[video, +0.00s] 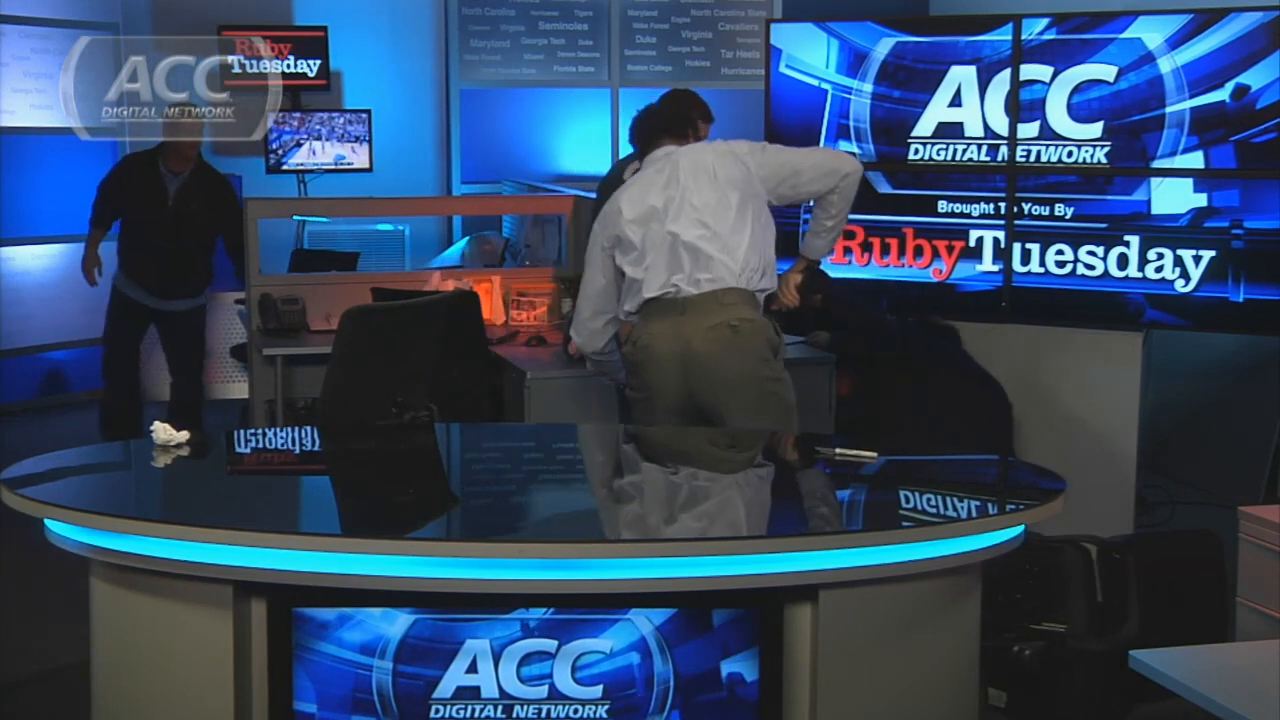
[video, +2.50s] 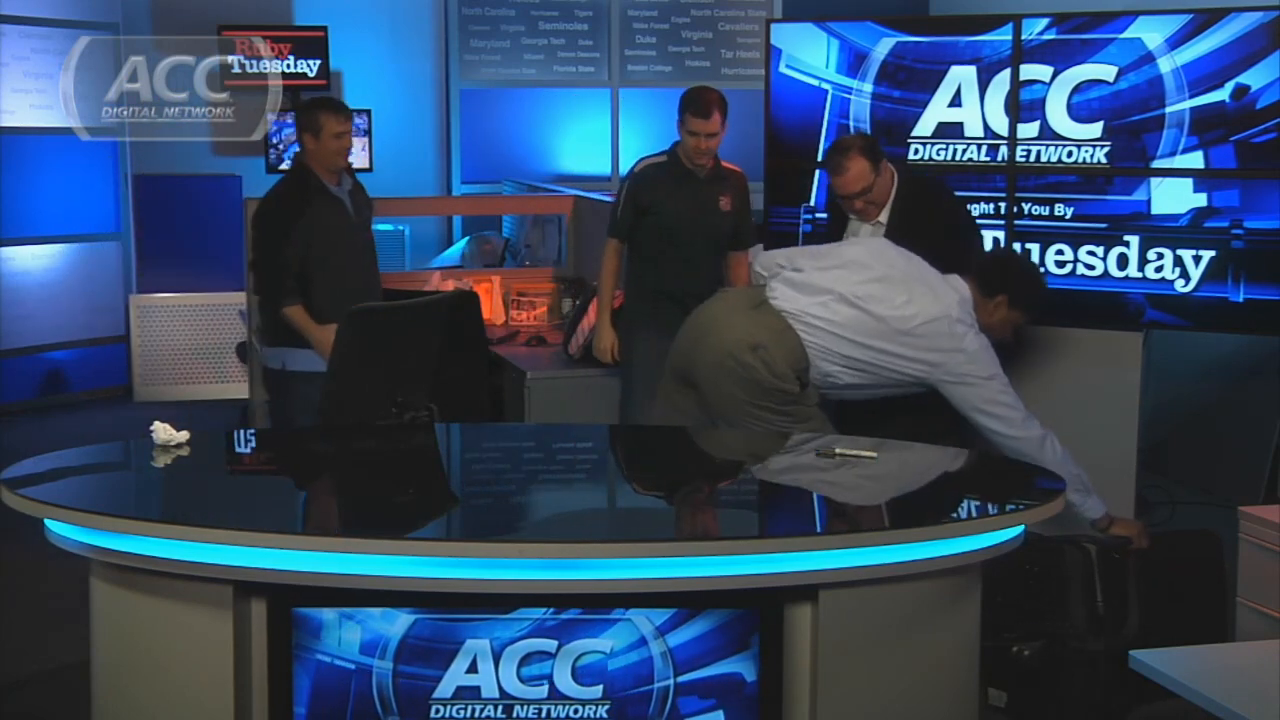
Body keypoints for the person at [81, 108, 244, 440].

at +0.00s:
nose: (189, 142)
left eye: (194, 134)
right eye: (181, 133)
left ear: (201, 137)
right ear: (166, 134)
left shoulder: (215, 185)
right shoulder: (133, 169)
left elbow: (239, 243)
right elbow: (106, 207)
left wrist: (256, 286)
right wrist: (91, 249)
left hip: (186, 298)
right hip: (132, 292)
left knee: (188, 379)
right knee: (118, 370)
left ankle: (187, 454)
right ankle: (120, 448)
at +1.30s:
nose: (188, 136)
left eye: (191, 127)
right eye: (177, 128)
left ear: (199, 133)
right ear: (157, 136)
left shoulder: (224, 188)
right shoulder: (127, 193)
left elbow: (246, 246)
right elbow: (101, 252)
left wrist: (255, 291)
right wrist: (107, 307)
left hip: (205, 335)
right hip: (147, 335)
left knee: (195, 428)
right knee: (145, 429)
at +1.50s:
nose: (197, 132)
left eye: (198, 122)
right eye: (186, 125)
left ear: (206, 129)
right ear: (164, 134)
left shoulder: (229, 184)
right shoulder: (138, 194)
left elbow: (249, 247)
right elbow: (126, 266)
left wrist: (255, 295)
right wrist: (151, 311)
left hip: (225, 333)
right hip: (160, 335)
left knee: (237, 430)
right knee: (150, 435)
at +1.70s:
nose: (229, 131)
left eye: (228, 122)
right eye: (218, 124)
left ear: (232, 128)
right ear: (194, 133)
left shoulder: (250, 186)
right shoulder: (166, 191)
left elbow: (259, 254)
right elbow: (158, 263)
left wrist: (264, 303)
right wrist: (200, 298)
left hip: (244, 342)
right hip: (184, 342)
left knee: (251, 439)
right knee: (166, 440)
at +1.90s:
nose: (259, 139)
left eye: (260, 130)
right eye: (247, 132)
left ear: (268, 133)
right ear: (225, 138)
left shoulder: (284, 191)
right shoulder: (200, 193)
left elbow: (295, 258)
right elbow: (192, 265)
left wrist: (304, 312)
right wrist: (238, 297)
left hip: (277, 345)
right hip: (220, 345)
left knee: (271, 448)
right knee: (227, 451)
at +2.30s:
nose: (320, 146)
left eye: (322, 137)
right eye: (310, 138)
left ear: (324, 138)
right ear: (281, 143)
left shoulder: (329, 197)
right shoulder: (253, 204)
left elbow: (345, 264)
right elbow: (241, 282)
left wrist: (363, 316)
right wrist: (283, 326)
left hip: (333, 355)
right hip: (278, 359)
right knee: (283, 463)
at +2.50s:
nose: (349, 144)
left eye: (350, 135)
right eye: (339, 136)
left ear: (352, 135)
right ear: (308, 141)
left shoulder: (355, 193)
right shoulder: (280, 203)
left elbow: (360, 267)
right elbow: (277, 289)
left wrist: (369, 325)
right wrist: (317, 335)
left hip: (354, 352)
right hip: (300, 361)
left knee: (357, 459)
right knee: (306, 460)